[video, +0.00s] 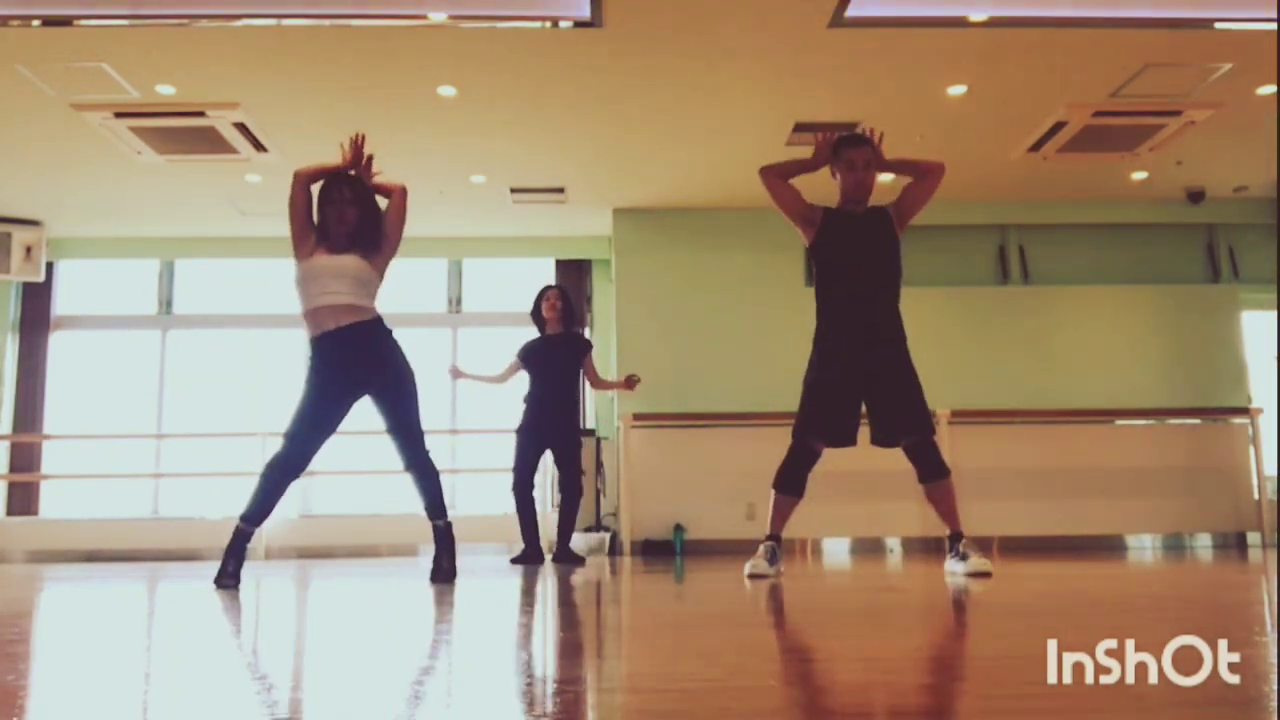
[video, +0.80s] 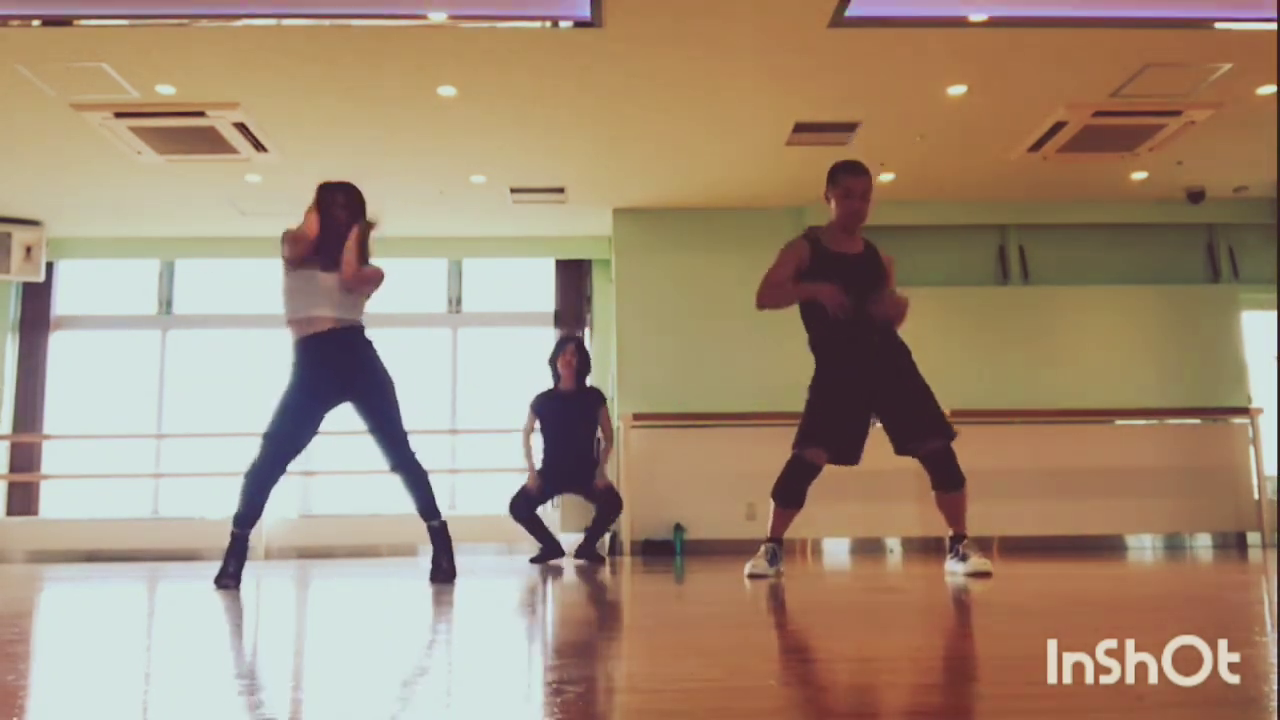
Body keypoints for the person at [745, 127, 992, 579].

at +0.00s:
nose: (860, 174)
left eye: (867, 166)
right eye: (851, 166)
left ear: (877, 174)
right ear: (835, 173)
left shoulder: (891, 219)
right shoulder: (817, 221)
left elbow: (935, 172)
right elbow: (769, 176)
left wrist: (886, 163)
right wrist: (814, 162)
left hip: (888, 353)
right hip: (834, 355)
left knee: (922, 447)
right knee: (804, 451)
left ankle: (958, 545)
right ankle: (770, 546)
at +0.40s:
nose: (860, 178)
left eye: (867, 170)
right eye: (851, 170)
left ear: (877, 177)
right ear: (834, 177)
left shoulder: (889, 228)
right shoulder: (817, 234)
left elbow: (932, 225)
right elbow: (774, 209)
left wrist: (906, 191)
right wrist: (810, 192)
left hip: (892, 355)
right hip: (838, 356)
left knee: (931, 447)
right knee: (805, 451)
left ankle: (959, 545)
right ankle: (771, 546)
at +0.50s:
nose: (859, 181)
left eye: (867, 173)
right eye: (851, 173)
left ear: (877, 178)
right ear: (835, 177)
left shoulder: (887, 232)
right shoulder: (822, 231)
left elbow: (920, 256)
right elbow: (787, 238)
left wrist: (912, 210)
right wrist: (796, 204)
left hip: (894, 355)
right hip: (841, 357)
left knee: (933, 446)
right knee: (807, 452)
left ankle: (959, 545)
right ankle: (771, 546)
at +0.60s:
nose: (862, 185)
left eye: (869, 177)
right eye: (853, 177)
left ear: (878, 183)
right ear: (837, 181)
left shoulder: (890, 238)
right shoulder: (813, 232)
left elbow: (907, 298)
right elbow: (786, 274)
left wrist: (908, 245)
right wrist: (810, 229)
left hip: (897, 358)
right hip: (844, 360)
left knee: (937, 448)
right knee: (813, 453)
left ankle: (959, 546)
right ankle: (772, 546)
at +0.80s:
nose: (857, 205)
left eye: (864, 196)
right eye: (848, 195)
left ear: (872, 200)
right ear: (829, 197)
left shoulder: (877, 259)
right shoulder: (804, 248)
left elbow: (889, 314)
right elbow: (766, 297)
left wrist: (895, 307)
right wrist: (817, 291)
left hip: (891, 369)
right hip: (838, 373)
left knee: (938, 452)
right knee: (807, 460)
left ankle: (960, 547)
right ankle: (771, 549)